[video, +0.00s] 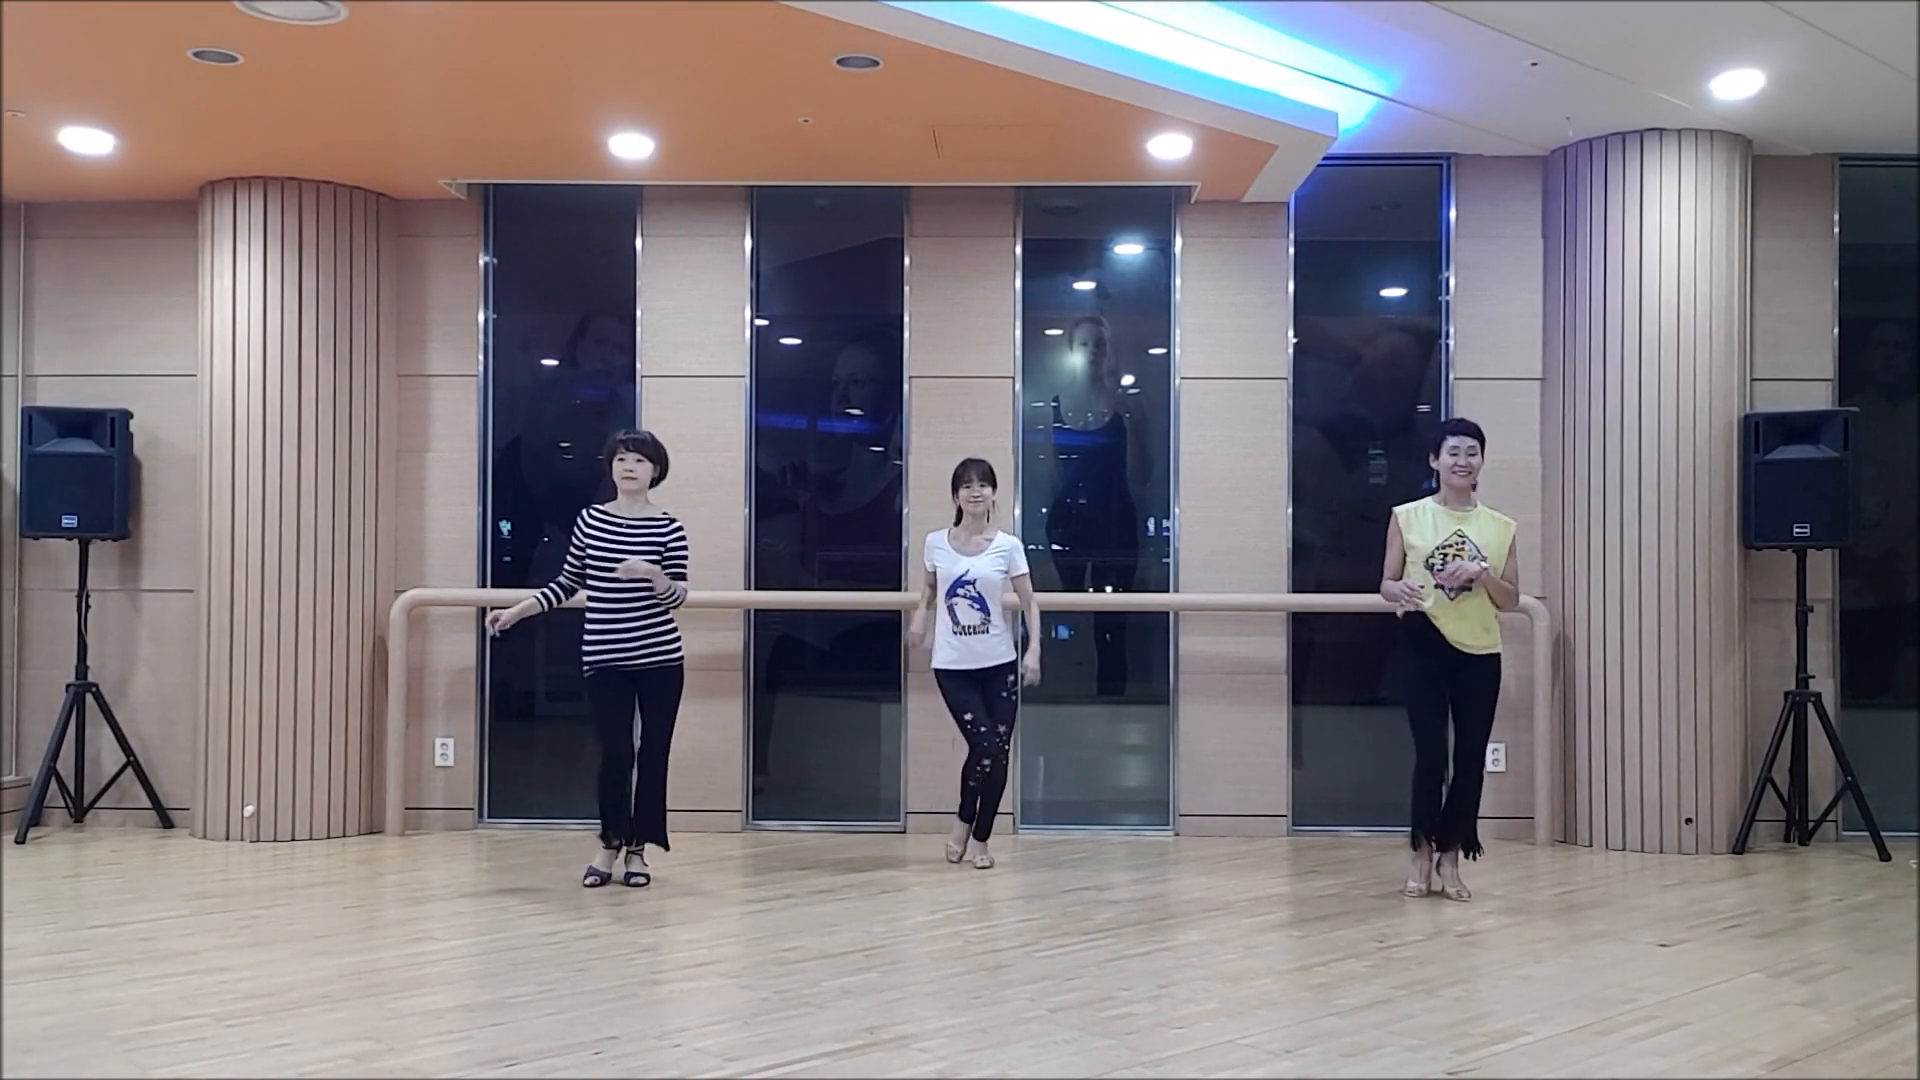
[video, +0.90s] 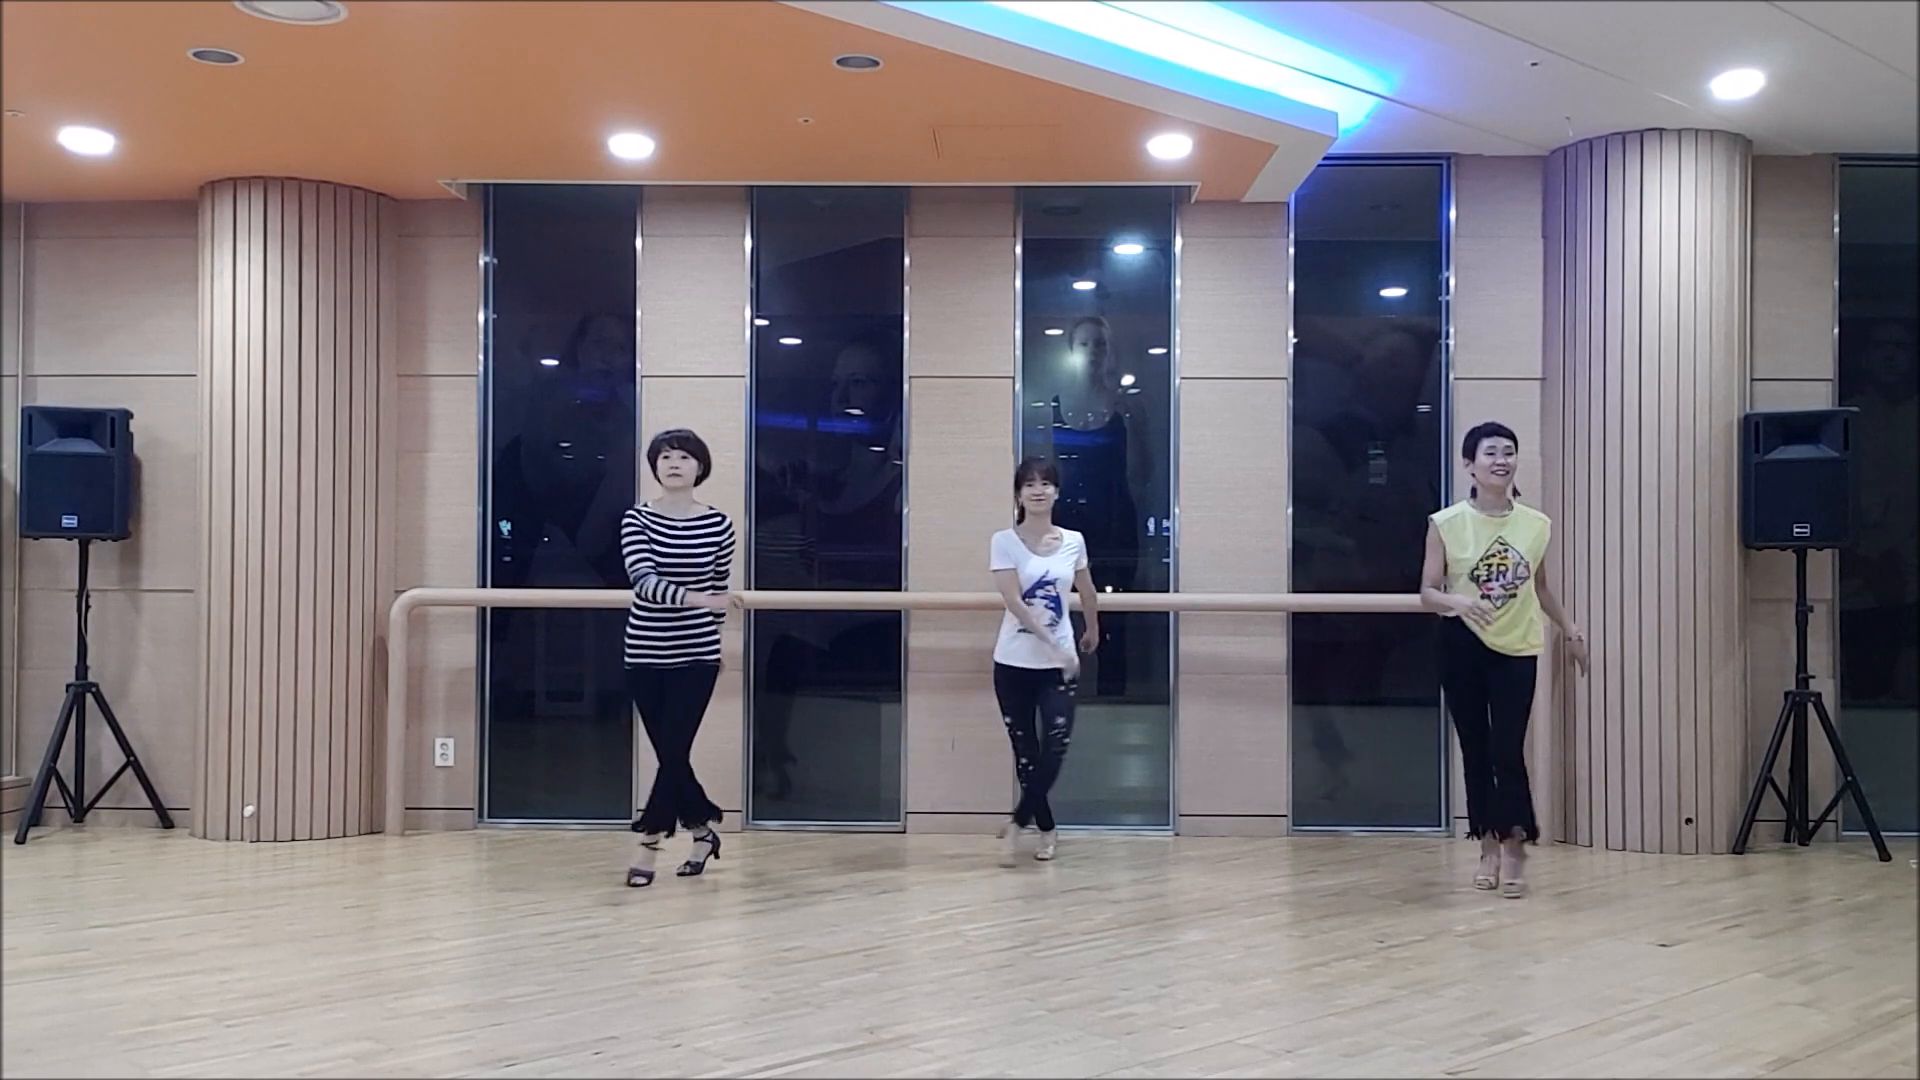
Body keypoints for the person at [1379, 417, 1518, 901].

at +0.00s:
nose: (1463, 461)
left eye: (1472, 453)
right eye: (1454, 453)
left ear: (1483, 462)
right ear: (1436, 461)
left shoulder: (1500, 527)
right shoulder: (1407, 516)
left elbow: (1510, 600)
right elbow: (1387, 585)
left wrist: (1482, 574)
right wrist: (1395, 588)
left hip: (1479, 651)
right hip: (1423, 644)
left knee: (1470, 758)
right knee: (1432, 755)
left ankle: (1450, 858)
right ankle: (1421, 855)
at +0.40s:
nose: (1469, 454)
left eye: (1477, 447)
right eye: (1459, 447)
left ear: (1487, 457)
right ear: (1440, 457)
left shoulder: (1505, 517)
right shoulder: (1415, 515)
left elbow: (1517, 574)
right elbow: (1394, 578)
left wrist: (1515, 611)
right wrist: (1372, 598)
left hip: (1481, 643)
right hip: (1427, 638)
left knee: (1472, 758)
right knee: (1404, 749)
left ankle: (1447, 853)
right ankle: (1363, 850)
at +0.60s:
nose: (1481, 456)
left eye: (1488, 450)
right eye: (1471, 450)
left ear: (1498, 462)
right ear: (1450, 461)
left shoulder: (1518, 525)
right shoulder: (1423, 519)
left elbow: (1537, 598)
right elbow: (1394, 588)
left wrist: (1556, 657)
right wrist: (1372, 584)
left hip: (1494, 648)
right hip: (1439, 642)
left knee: (1477, 759)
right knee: (1437, 753)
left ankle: (1449, 853)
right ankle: (1396, 830)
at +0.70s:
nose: (1489, 455)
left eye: (1495, 449)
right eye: (1479, 448)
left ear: (1504, 461)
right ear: (1458, 460)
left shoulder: (1524, 524)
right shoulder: (1431, 517)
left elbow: (1539, 592)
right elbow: (1403, 580)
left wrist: (1561, 652)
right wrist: (1389, 588)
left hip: (1500, 645)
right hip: (1446, 639)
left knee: (1481, 750)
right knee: (1457, 745)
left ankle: (1450, 848)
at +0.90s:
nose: (1501, 459)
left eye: (1508, 453)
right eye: (1490, 453)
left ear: (1517, 464)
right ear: (1470, 465)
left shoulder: (1535, 525)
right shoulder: (1445, 525)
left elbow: (1541, 586)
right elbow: (1427, 594)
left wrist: (1568, 627)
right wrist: (1457, 603)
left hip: (1517, 649)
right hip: (1462, 648)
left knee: (1506, 749)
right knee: (1475, 748)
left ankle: (1514, 850)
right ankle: (1489, 846)